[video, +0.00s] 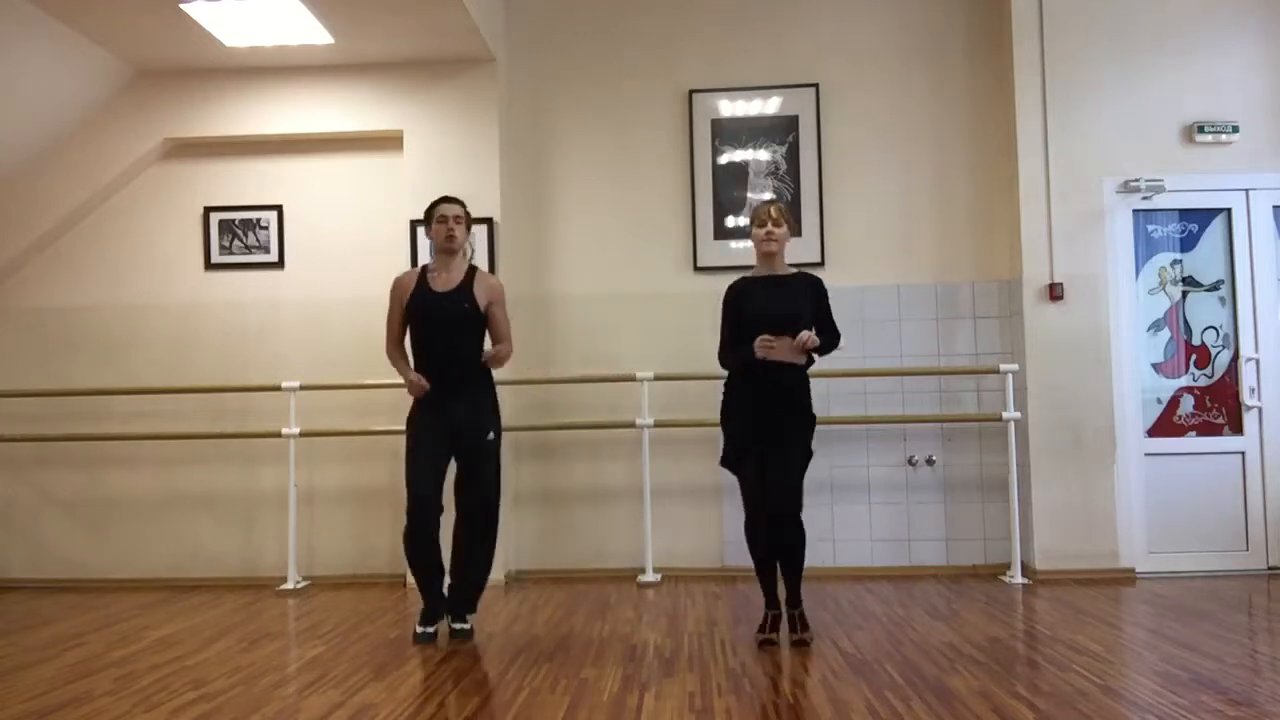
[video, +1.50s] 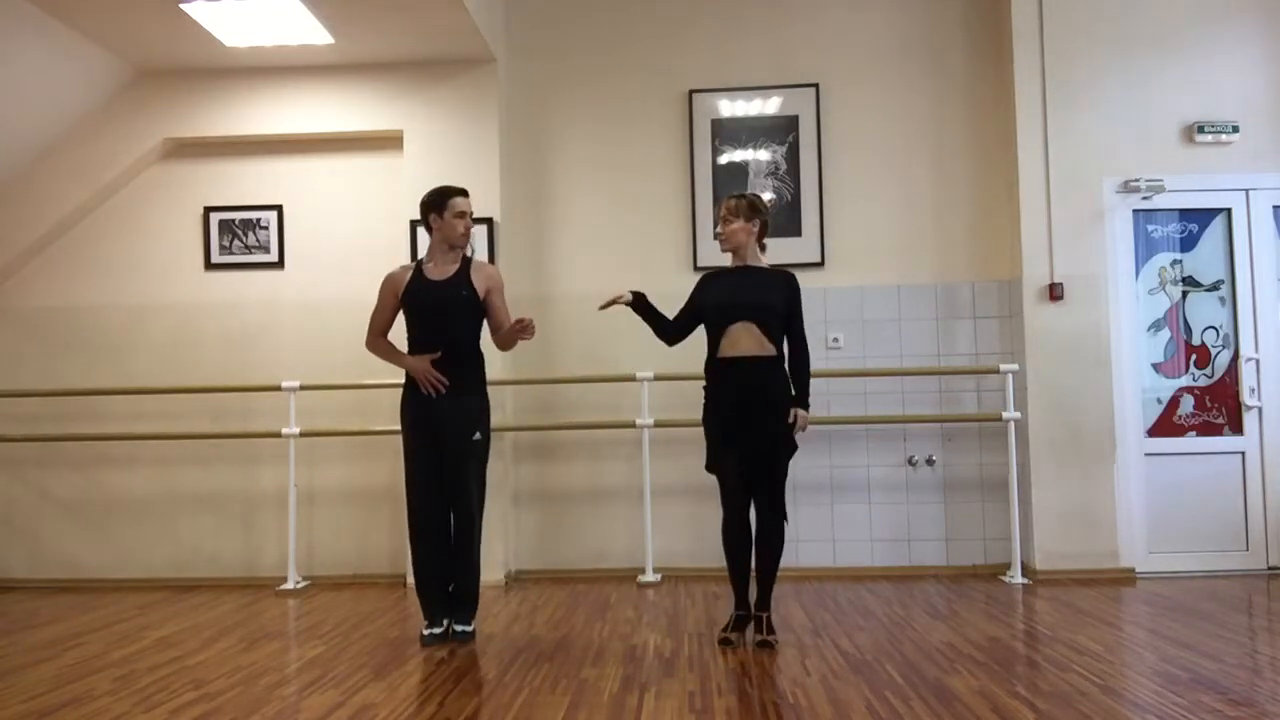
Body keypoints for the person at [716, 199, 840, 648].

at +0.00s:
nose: (769, 230)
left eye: (776, 223)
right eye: (761, 223)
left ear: (789, 233)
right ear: (751, 234)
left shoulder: (810, 285)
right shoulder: (738, 291)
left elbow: (831, 337)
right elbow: (726, 357)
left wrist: (815, 339)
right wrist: (753, 349)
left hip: (792, 412)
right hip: (745, 414)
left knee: (787, 510)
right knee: (756, 511)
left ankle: (795, 606)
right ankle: (771, 607)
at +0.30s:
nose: (761, 231)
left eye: (769, 224)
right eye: (754, 224)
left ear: (781, 232)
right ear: (743, 232)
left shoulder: (797, 288)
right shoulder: (723, 287)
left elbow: (809, 353)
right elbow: (694, 339)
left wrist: (791, 338)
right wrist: (715, 346)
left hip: (797, 406)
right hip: (748, 407)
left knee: (801, 507)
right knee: (744, 504)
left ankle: (802, 607)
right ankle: (743, 588)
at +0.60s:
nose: (747, 229)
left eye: (755, 221)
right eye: (740, 222)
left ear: (768, 230)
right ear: (731, 231)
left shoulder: (787, 277)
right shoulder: (715, 285)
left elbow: (806, 329)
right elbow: (690, 347)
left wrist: (781, 347)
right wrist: (727, 363)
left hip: (767, 407)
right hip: (722, 410)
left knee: (762, 503)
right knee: (727, 508)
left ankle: (767, 593)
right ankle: (731, 604)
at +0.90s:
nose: (720, 228)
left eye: (729, 221)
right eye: (720, 222)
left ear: (757, 229)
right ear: (726, 231)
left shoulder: (782, 283)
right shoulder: (708, 281)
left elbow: (801, 346)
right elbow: (662, 321)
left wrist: (795, 399)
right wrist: (648, 269)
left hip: (770, 399)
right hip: (723, 398)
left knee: (767, 507)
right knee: (735, 508)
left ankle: (763, 609)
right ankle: (741, 609)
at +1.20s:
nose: (721, 228)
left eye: (731, 221)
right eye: (721, 222)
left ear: (757, 228)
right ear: (728, 230)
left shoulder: (783, 282)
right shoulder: (712, 283)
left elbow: (803, 346)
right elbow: (671, 334)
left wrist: (817, 405)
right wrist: (635, 303)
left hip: (771, 398)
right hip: (723, 398)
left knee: (768, 506)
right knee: (734, 506)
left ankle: (762, 608)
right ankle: (739, 608)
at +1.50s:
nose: (720, 228)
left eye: (729, 220)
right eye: (719, 221)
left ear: (755, 227)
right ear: (726, 230)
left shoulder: (783, 281)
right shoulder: (712, 282)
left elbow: (797, 345)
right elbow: (672, 333)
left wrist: (800, 400)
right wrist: (638, 301)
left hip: (772, 398)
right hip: (725, 397)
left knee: (770, 506)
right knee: (734, 507)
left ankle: (764, 608)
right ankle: (741, 608)